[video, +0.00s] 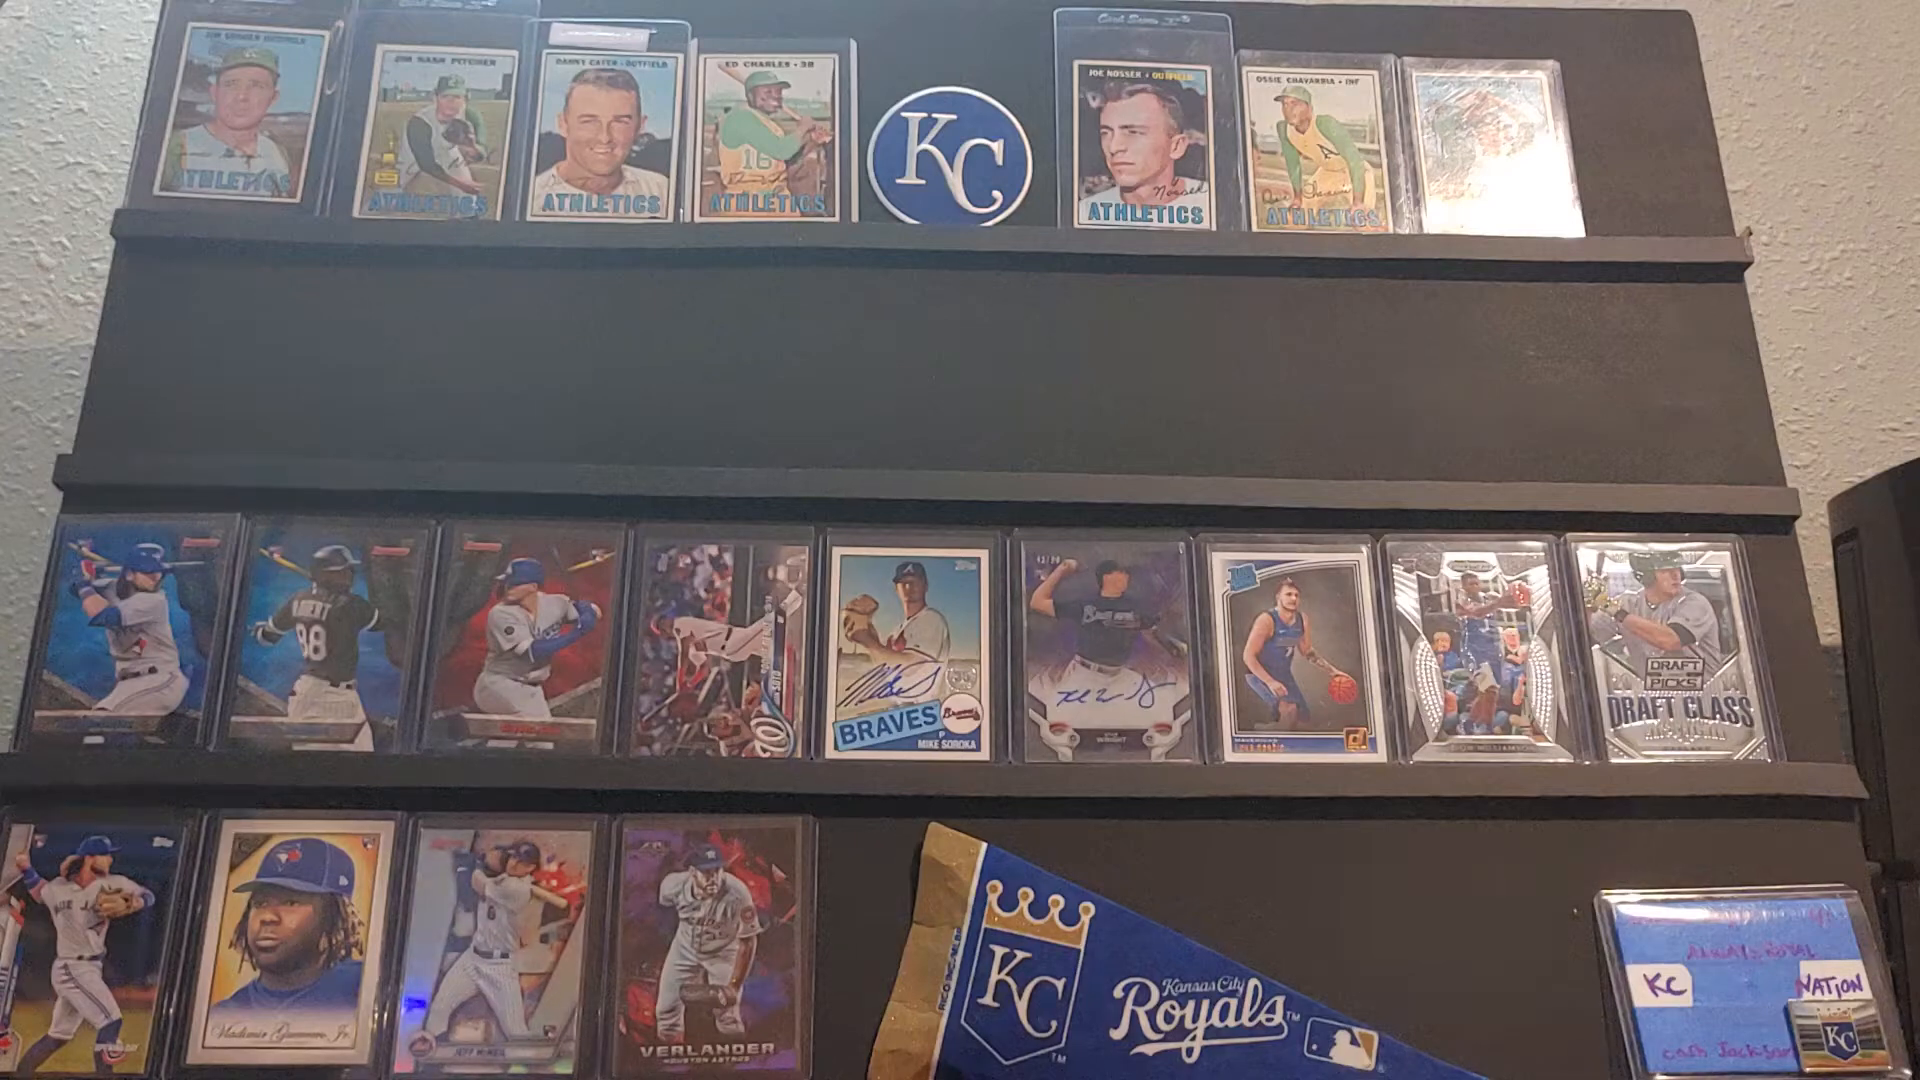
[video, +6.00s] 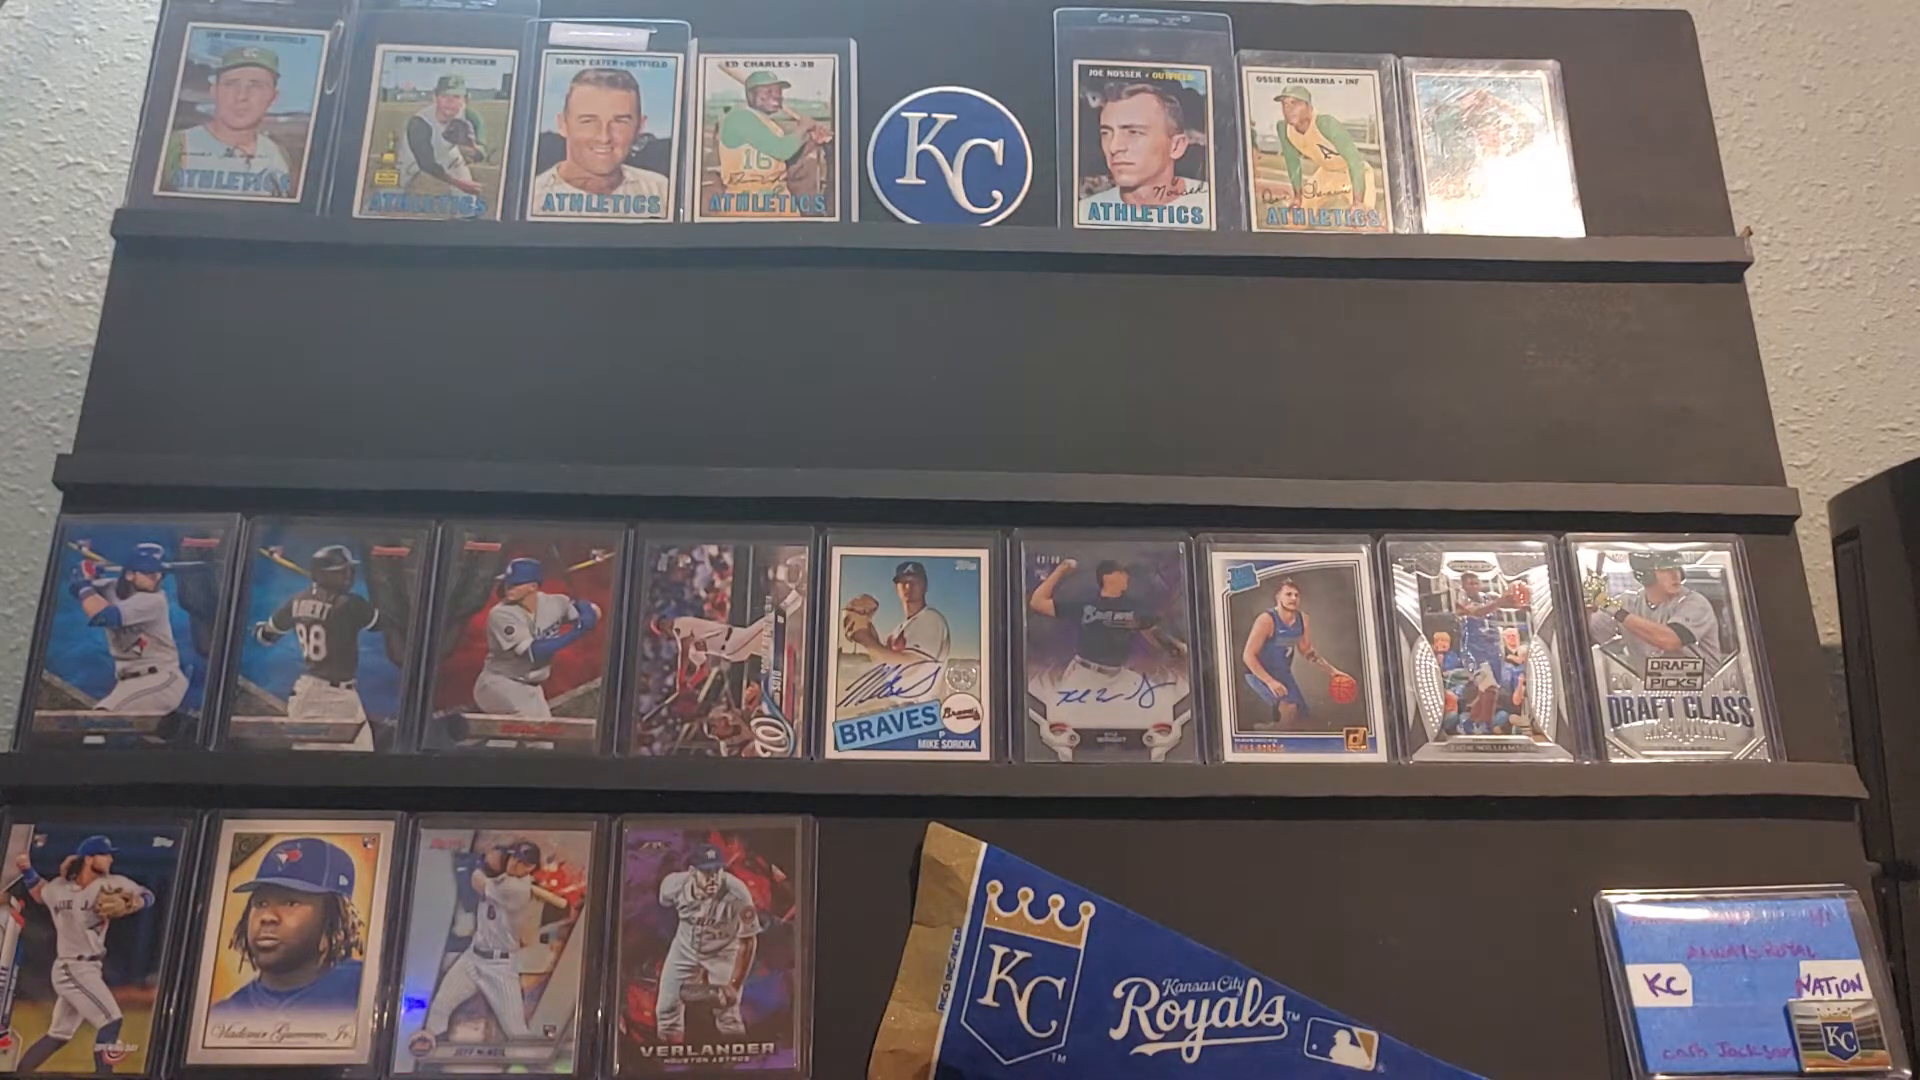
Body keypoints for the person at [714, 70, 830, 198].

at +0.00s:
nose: (776, 97)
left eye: (778, 92)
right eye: (768, 92)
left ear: (782, 93)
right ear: (751, 96)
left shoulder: (770, 124)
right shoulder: (740, 118)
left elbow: (788, 161)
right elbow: (782, 151)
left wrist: (810, 142)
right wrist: (803, 129)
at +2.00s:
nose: (777, 97)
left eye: (779, 92)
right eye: (770, 91)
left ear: (782, 93)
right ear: (752, 95)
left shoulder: (773, 126)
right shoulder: (739, 118)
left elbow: (784, 168)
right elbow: (783, 151)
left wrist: (811, 143)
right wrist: (802, 128)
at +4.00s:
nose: (777, 98)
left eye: (779, 93)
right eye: (770, 92)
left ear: (782, 93)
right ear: (753, 96)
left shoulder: (773, 126)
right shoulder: (739, 118)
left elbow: (783, 167)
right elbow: (782, 151)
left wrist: (811, 144)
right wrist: (803, 127)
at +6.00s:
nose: (776, 96)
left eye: (778, 91)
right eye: (768, 92)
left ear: (782, 94)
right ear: (752, 96)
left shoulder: (774, 127)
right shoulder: (739, 118)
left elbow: (786, 162)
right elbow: (783, 151)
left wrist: (811, 142)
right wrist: (803, 128)